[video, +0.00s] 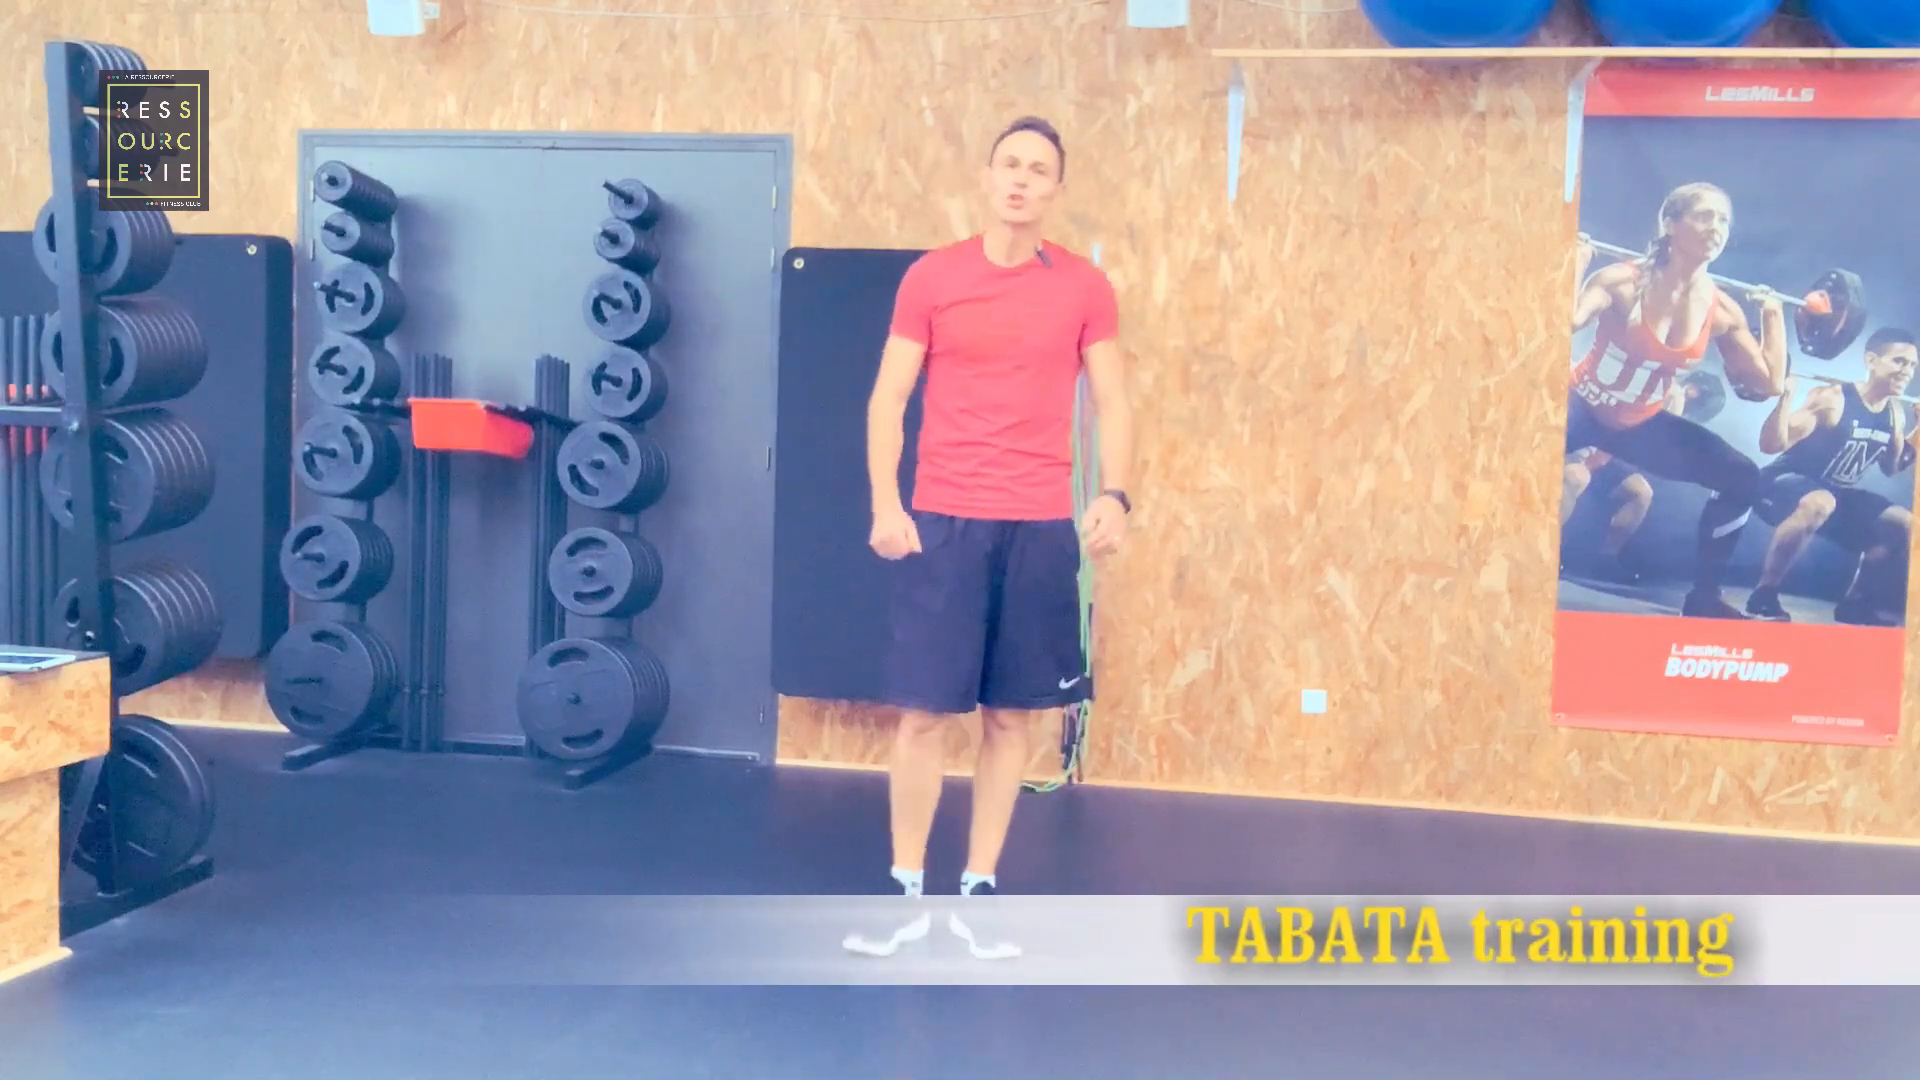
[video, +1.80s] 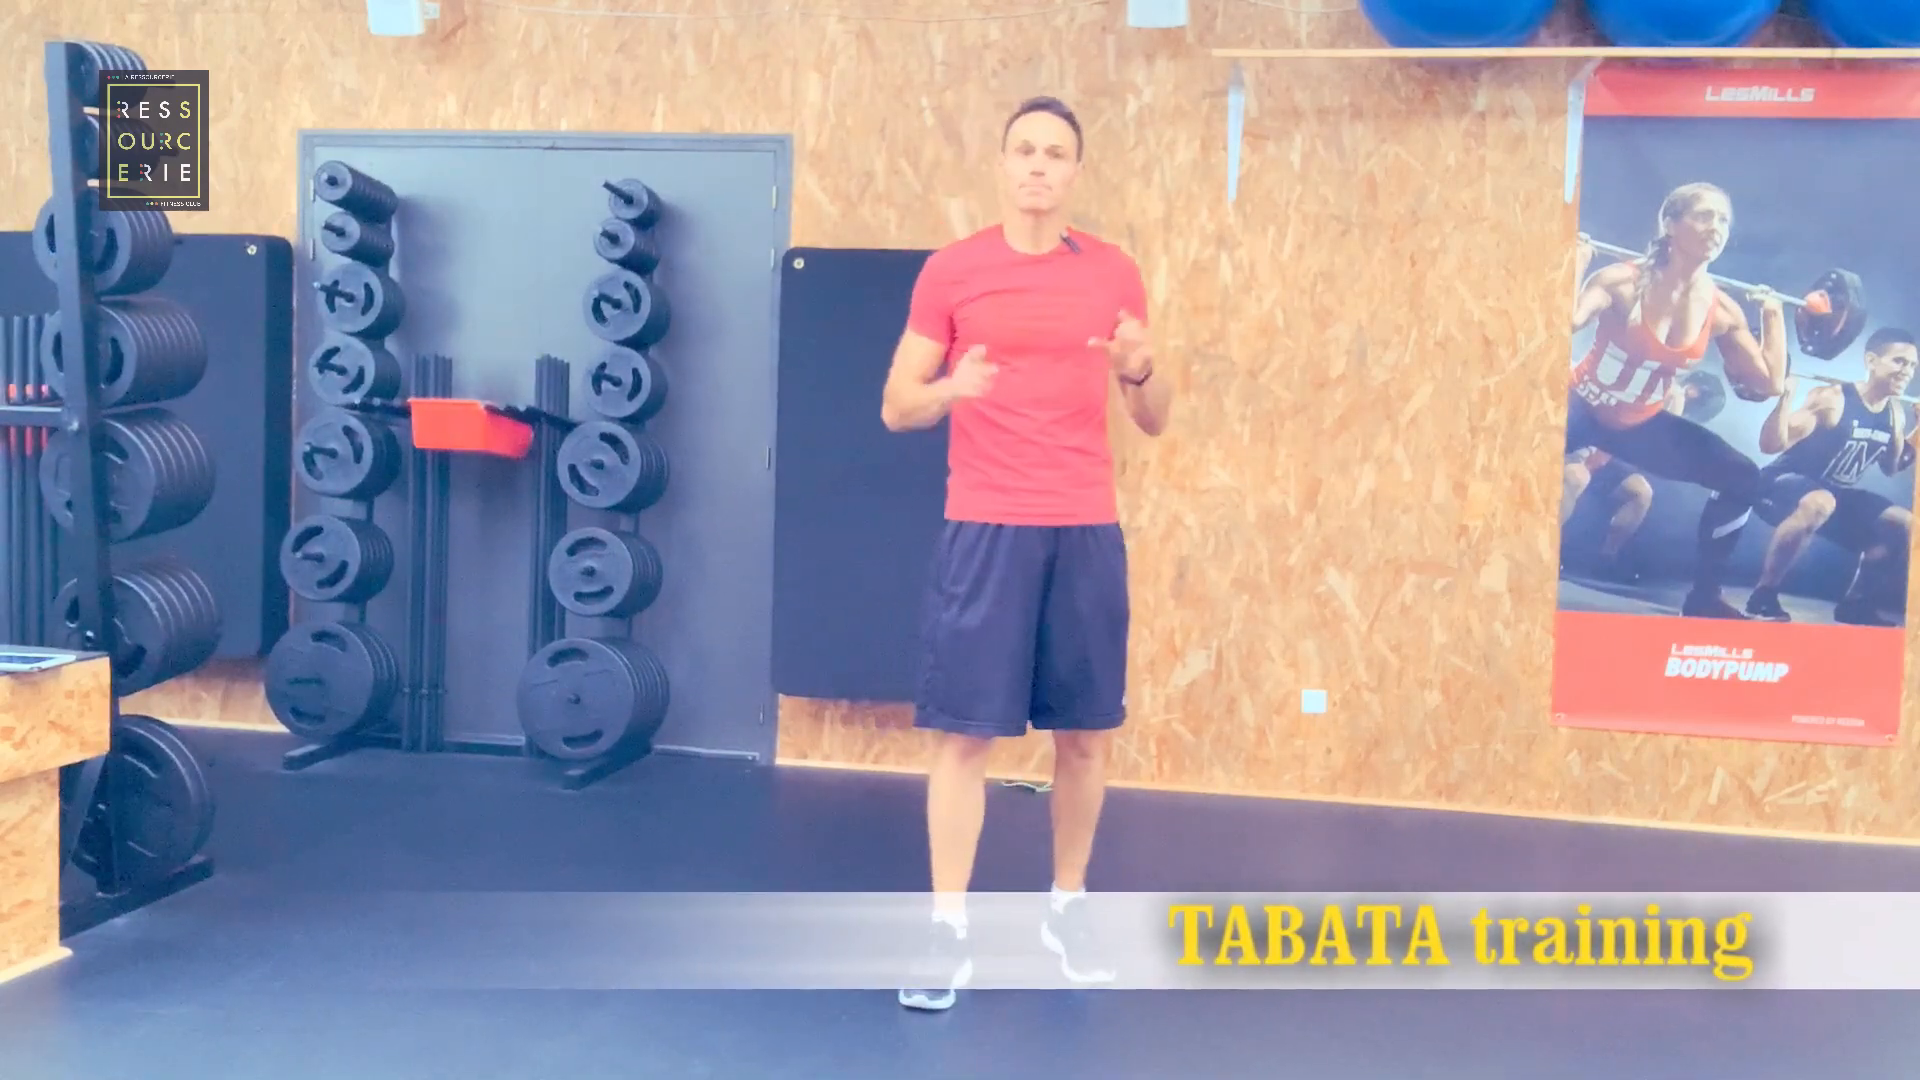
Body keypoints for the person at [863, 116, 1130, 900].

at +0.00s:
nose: (1021, 179)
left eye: (1037, 170)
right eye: (1010, 165)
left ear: (1057, 191)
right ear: (985, 177)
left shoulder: (1084, 286)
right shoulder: (932, 277)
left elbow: (1111, 398)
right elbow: (888, 398)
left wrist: (1115, 493)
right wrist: (885, 503)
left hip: (1041, 529)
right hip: (942, 523)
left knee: (1012, 716)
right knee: (925, 711)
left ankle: (977, 889)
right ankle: (905, 889)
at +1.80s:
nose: (1038, 168)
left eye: (1055, 155)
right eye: (1025, 152)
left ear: (1079, 172)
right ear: (999, 164)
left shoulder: (1112, 269)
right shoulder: (951, 270)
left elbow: (1152, 420)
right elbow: (898, 408)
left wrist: (1139, 371)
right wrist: (949, 390)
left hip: (1086, 530)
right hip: (984, 529)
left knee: (1082, 734)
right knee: (964, 735)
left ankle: (1066, 914)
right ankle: (946, 933)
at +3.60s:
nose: (1052, 213)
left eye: (1067, 202)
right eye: (1041, 199)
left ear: (1089, 217)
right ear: (1020, 210)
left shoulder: (1118, 303)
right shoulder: (973, 296)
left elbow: (1144, 409)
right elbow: (924, 406)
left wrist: (1140, 482)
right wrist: (942, 468)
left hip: (1082, 526)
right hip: (992, 523)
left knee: (1066, 697)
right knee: (976, 694)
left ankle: (1043, 851)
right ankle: (959, 865)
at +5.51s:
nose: (1007, 180)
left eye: (1023, 170)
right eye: (995, 168)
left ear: (1045, 192)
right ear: (971, 188)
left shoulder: (1077, 285)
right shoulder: (928, 285)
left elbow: (1115, 420)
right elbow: (888, 413)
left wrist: (1104, 378)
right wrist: (898, 524)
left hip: (1049, 525)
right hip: (955, 526)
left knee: (1056, 707)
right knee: (961, 704)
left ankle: (1070, 897)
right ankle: (961, 873)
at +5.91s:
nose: (1052, 176)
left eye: (1068, 165)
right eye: (1039, 162)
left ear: (1092, 183)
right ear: (1016, 178)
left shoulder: (1125, 284)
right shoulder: (969, 279)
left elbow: (1157, 419)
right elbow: (934, 409)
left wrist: (1142, 399)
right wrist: (937, 525)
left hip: (1093, 528)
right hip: (994, 527)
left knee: (1083, 718)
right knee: (977, 713)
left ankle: (1071, 906)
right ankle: (964, 866)